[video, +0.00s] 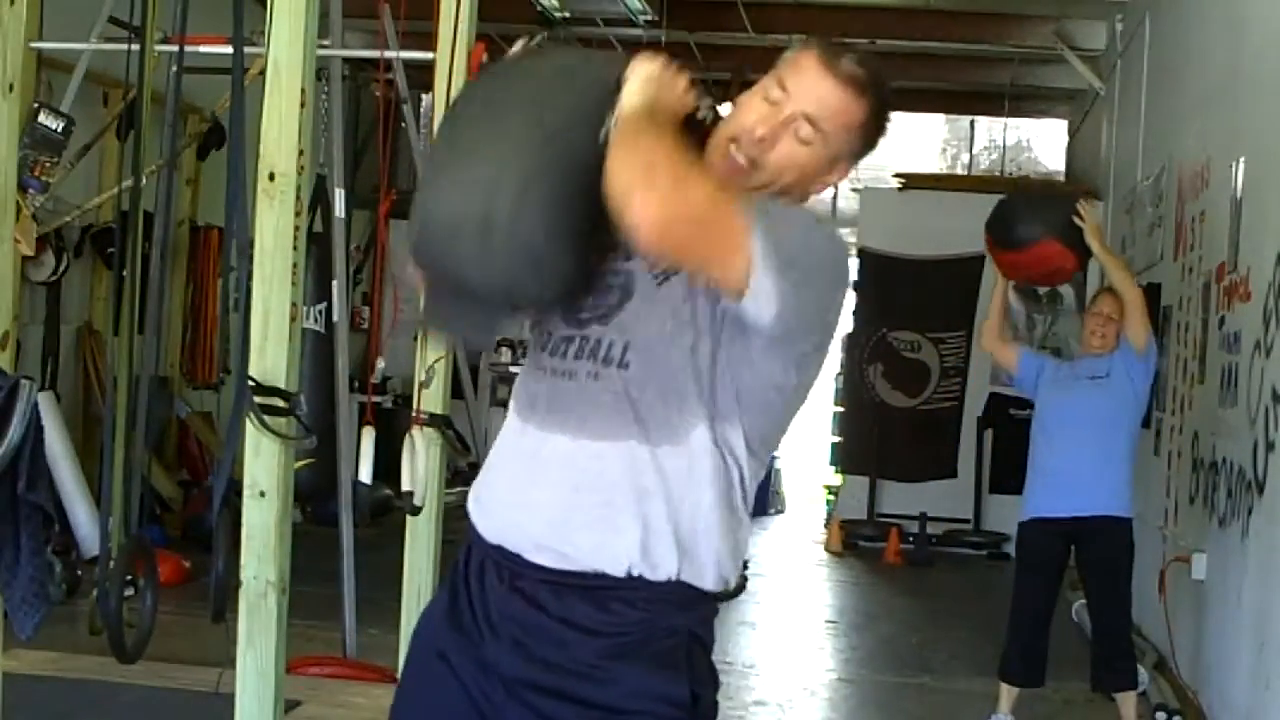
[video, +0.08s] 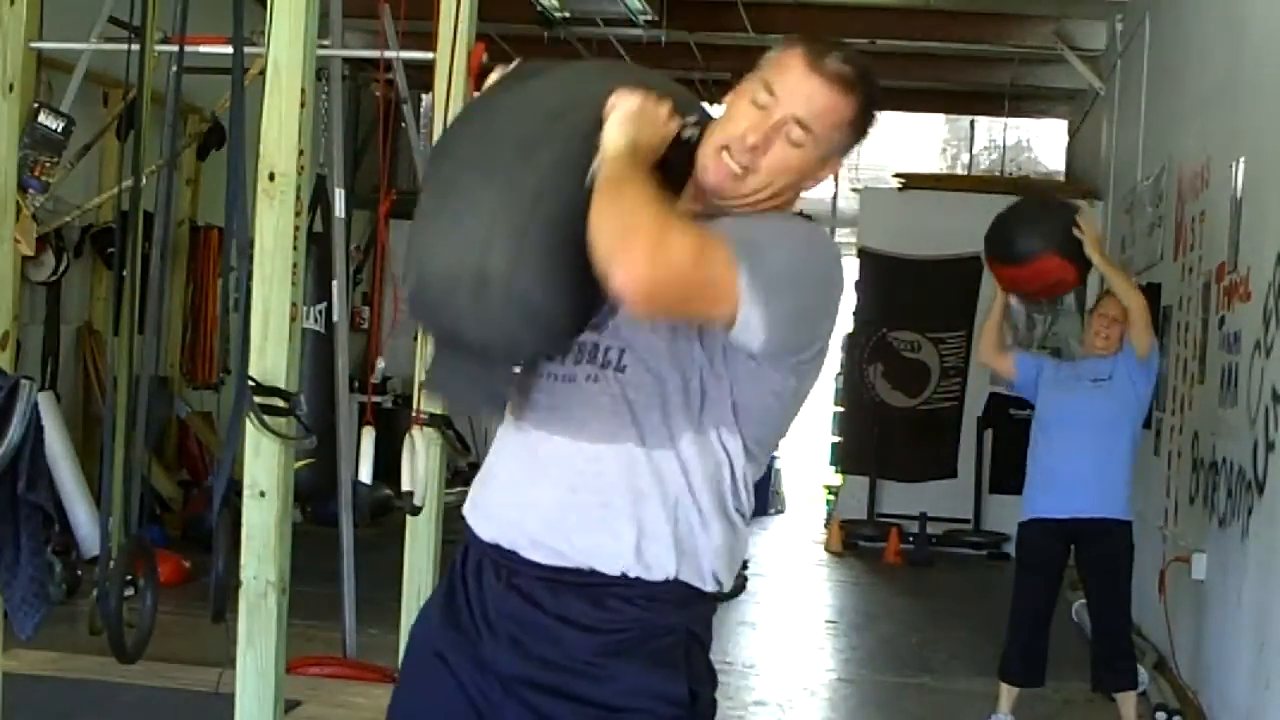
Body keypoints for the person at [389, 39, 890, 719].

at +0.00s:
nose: (762, 128)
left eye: (804, 132)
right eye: (773, 95)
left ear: (829, 178)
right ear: (752, 83)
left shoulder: (808, 258)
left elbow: (656, 210)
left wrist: (648, 107)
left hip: (630, 637)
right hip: (481, 597)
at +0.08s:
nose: (754, 137)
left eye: (795, 135)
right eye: (761, 100)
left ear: (822, 174)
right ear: (733, 90)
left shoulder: (802, 260)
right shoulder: (619, 200)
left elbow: (644, 270)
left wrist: (627, 147)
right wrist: (503, 125)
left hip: (628, 639)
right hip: (476, 601)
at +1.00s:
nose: (593, 328)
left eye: (625, 296)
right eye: (572, 290)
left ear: (668, 249)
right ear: (535, 232)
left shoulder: (746, 347)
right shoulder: (484, 318)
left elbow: (797, 561)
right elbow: (424, 474)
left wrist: (652, 694)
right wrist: (449, 647)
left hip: (733, 623)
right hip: (562, 613)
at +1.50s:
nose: (545, 607)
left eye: (569, 583)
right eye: (520, 581)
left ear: (624, 508)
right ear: (483, 516)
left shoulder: (744, 554)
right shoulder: (447, 522)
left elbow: (799, 709)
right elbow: (459, 688)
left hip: (738, 671)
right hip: (565, 663)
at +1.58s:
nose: (547, 615)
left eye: (573, 590)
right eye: (522, 588)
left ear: (628, 517)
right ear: (488, 525)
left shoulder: (743, 571)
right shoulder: (448, 531)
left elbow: (793, 713)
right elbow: (457, 698)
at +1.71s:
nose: (547, 618)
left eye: (574, 592)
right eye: (524, 591)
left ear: (631, 520)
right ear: (491, 529)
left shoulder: (740, 576)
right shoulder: (450, 542)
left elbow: (764, 714)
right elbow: (448, 706)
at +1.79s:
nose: (545, 605)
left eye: (569, 580)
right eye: (522, 578)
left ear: (629, 509)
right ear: (491, 517)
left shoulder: (737, 561)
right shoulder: (449, 527)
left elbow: (788, 713)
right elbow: (443, 702)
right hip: (568, 645)